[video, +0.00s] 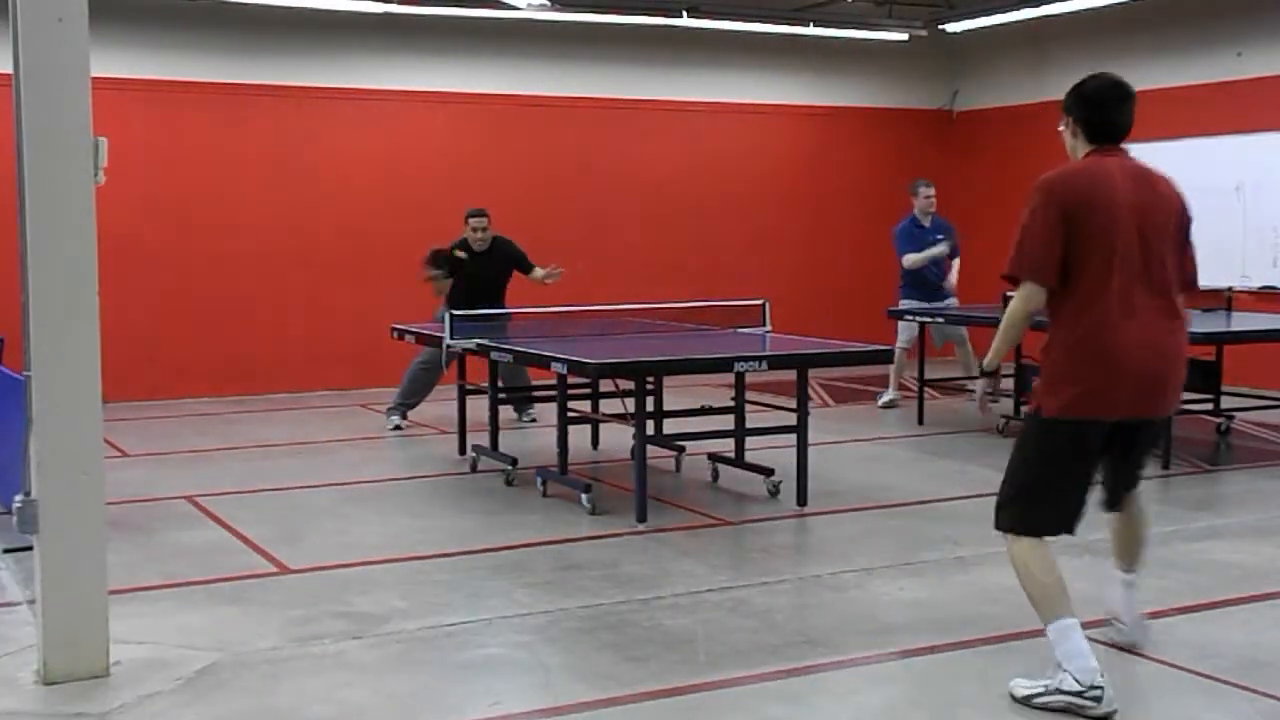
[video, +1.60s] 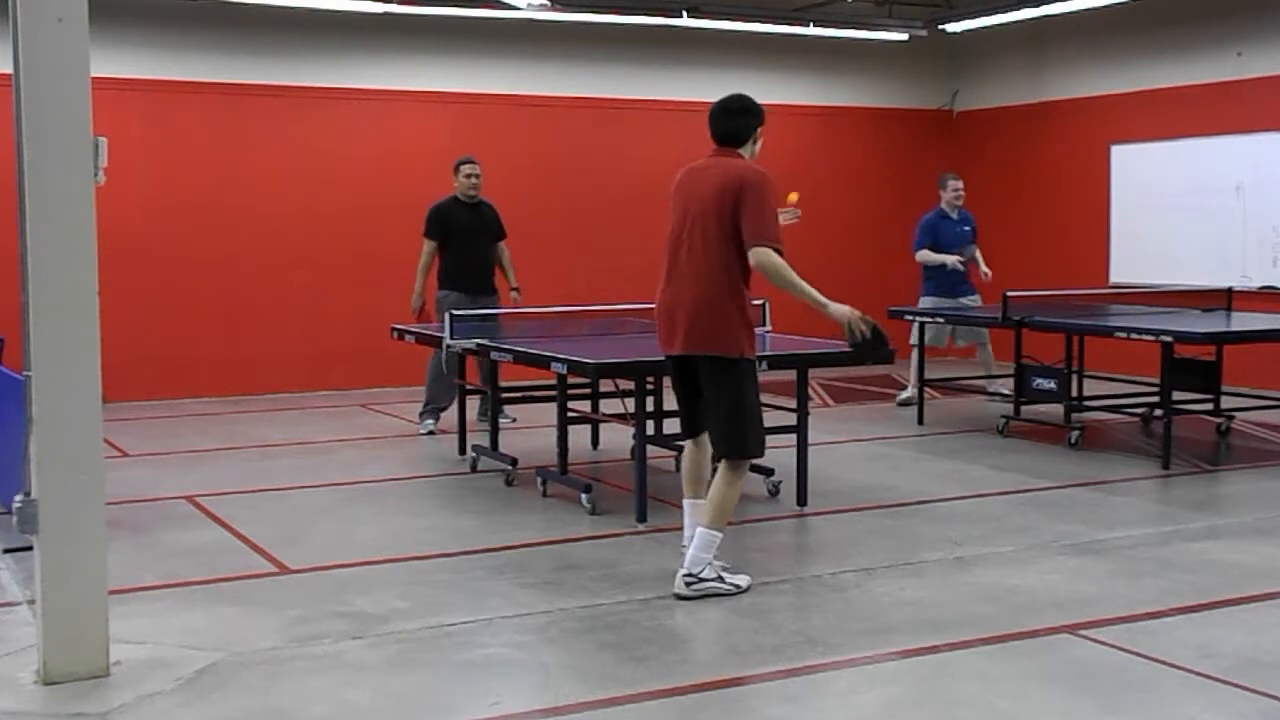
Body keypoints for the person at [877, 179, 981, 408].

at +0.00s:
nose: (932, 202)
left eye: (934, 197)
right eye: (927, 198)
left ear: (936, 199)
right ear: (914, 200)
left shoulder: (944, 227)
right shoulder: (904, 230)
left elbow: (955, 255)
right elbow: (907, 261)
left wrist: (953, 277)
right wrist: (936, 252)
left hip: (942, 294)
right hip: (913, 295)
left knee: (961, 339)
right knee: (903, 343)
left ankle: (974, 382)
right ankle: (892, 391)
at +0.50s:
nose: (951, 201)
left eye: (952, 197)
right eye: (945, 198)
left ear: (956, 198)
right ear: (933, 201)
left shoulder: (964, 228)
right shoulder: (921, 228)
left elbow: (978, 255)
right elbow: (907, 258)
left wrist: (978, 278)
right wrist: (926, 266)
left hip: (955, 297)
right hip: (922, 297)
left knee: (971, 343)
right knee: (908, 342)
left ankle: (973, 387)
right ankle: (896, 390)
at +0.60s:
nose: (939, 206)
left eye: (942, 201)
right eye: (933, 202)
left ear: (946, 202)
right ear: (923, 206)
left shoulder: (957, 231)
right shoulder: (912, 233)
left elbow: (975, 259)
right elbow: (896, 264)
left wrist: (970, 282)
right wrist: (911, 279)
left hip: (952, 300)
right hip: (919, 301)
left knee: (971, 343)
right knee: (902, 344)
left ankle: (973, 387)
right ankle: (892, 389)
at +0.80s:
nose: (952, 189)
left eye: (956, 186)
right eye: (948, 185)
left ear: (961, 189)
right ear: (938, 185)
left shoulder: (964, 216)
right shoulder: (923, 216)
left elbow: (968, 250)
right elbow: (904, 245)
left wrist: (941, 262)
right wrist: (878, 262)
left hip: (954, 292)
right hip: (923, 290)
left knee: (959, 345)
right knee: (913, 340)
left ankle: (960, 391)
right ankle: (913, 387)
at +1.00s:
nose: (942, 192)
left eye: (946, 189)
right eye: (938, 187)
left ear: (950, 191)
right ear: (927, 188)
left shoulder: (955, 217)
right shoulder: (913, 219)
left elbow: (955, 249)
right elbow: (905, 252)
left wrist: (922, 242)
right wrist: (915, 258)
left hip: (950, 289)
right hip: (921, 289)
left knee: (957, 346)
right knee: (914, 344)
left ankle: (960, 391)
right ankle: (912, 388)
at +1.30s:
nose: (935, 190)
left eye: (938, 186)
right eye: (930, 186)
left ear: (941, 188)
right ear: (918, 189)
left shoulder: (951, 215)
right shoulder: (908, 220)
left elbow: (967, 241)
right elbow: (905, 254)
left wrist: (956, 255)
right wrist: (932, 252)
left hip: (952, 289)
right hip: (921, 292)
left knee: (962, 339)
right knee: (913, 343)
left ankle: (970, 387)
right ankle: (913, 387)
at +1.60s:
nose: (960, 194)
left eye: (962, 190)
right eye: (955, 191)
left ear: (964, 193)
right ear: (942, 193)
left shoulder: (967, 220)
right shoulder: (929, 222)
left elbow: (972, 246)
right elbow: (920, 254)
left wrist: (982, 265)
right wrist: (945, 258)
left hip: (965, 291)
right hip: (935, 293)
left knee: (983, 338)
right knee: (919, 342)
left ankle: (993, 383)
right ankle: (913, 387)